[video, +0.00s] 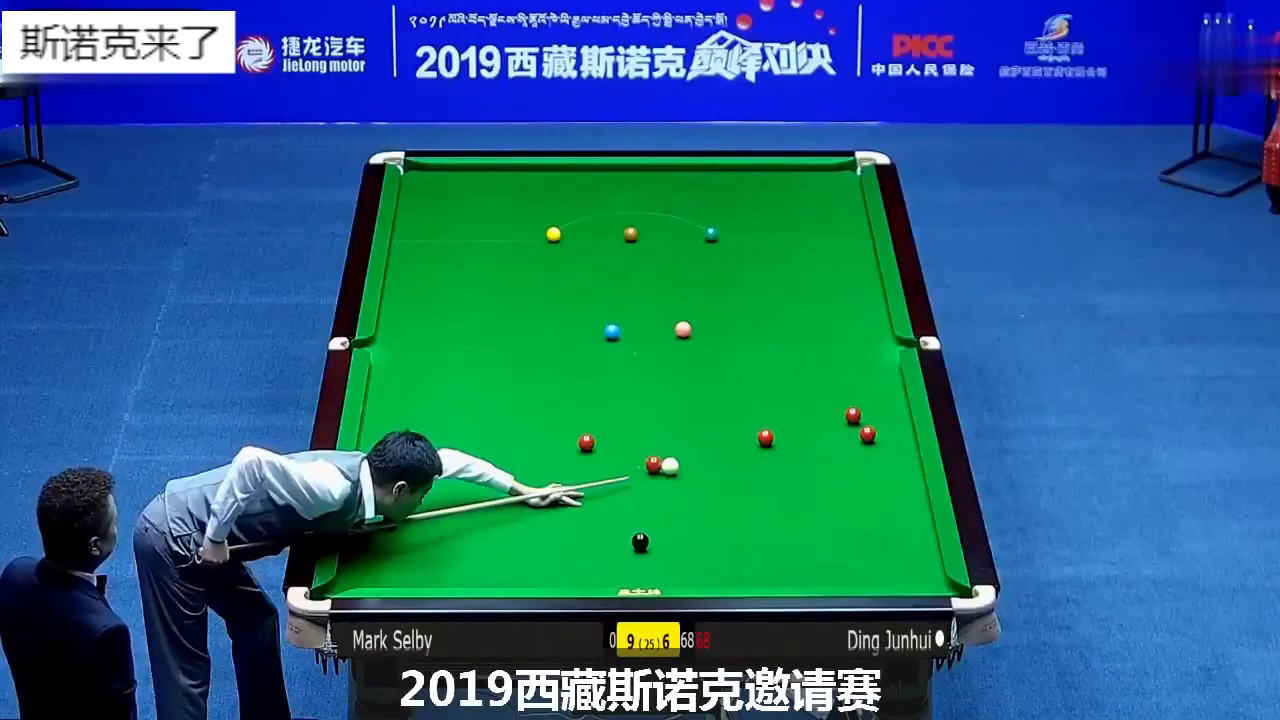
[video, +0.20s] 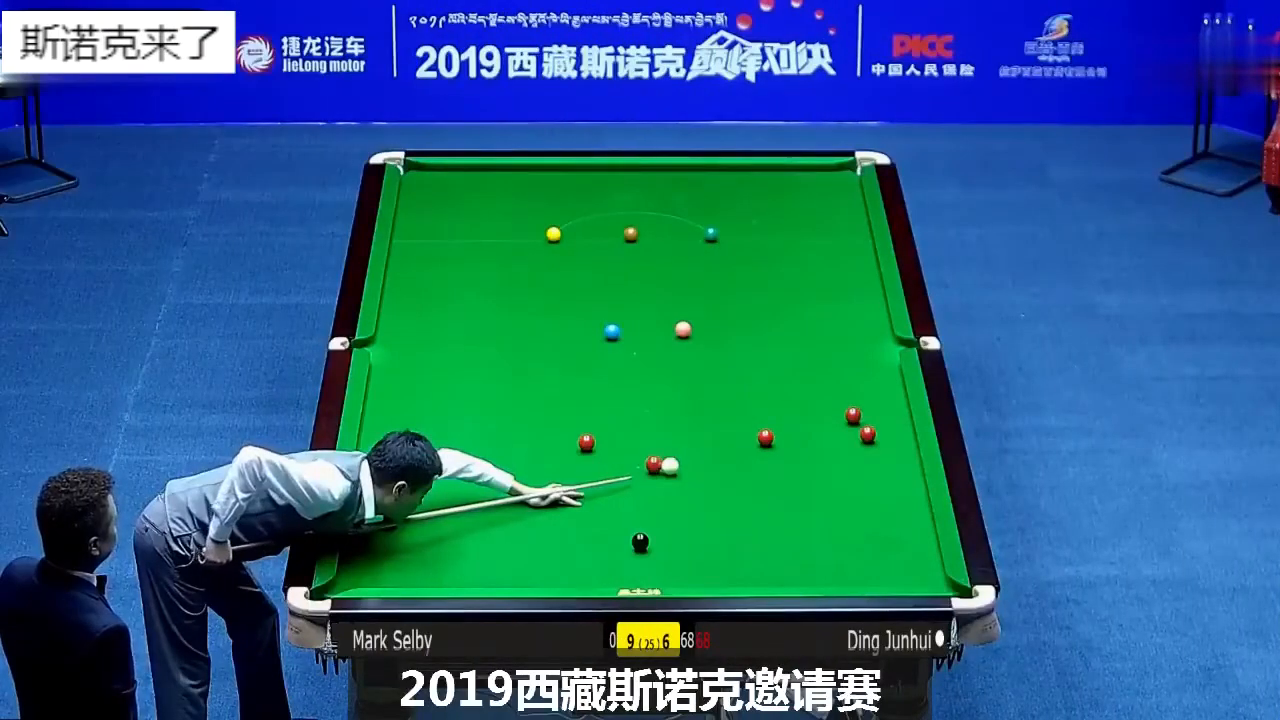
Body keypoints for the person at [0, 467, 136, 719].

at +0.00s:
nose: (116, 527)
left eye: (113, 520)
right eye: (113, 523)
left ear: (49, 531)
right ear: (95, 545)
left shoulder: (15, 575)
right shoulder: (107, 632)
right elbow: (125, 711)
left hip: (29, 711)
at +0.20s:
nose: (116, 527)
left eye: (113, 520)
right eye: (112, 523)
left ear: (50, 531)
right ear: (95, 545)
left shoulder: (15, 575)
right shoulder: (106, 632)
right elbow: (125, 710)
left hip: (29, 711)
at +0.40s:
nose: (116, 527)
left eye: (113, 520)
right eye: (112, 523)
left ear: (50, 531)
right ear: (95, 545)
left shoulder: (15, 575)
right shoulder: (107, 632)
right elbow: (126, 710)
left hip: (29, 711)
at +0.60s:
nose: (116, 526)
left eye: (113, 520)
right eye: (113, 522)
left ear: (49, 531)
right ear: (95, 545)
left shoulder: (15, 575)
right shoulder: (108, 631)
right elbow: (126, 710)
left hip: (30, 711)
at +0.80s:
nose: (117, 526)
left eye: (113, 520)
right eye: (113, 522)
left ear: (50, 530)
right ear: (96, 545)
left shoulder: (16, 575)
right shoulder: (109, 630)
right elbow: (127, 709)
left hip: (30, 711)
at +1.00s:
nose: (119, 525)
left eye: (116, 519)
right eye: (116, 521)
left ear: (52, 530)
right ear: (99, 545)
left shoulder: (17, 575)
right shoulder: (111, 631)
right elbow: (128, 708)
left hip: (31, 712)